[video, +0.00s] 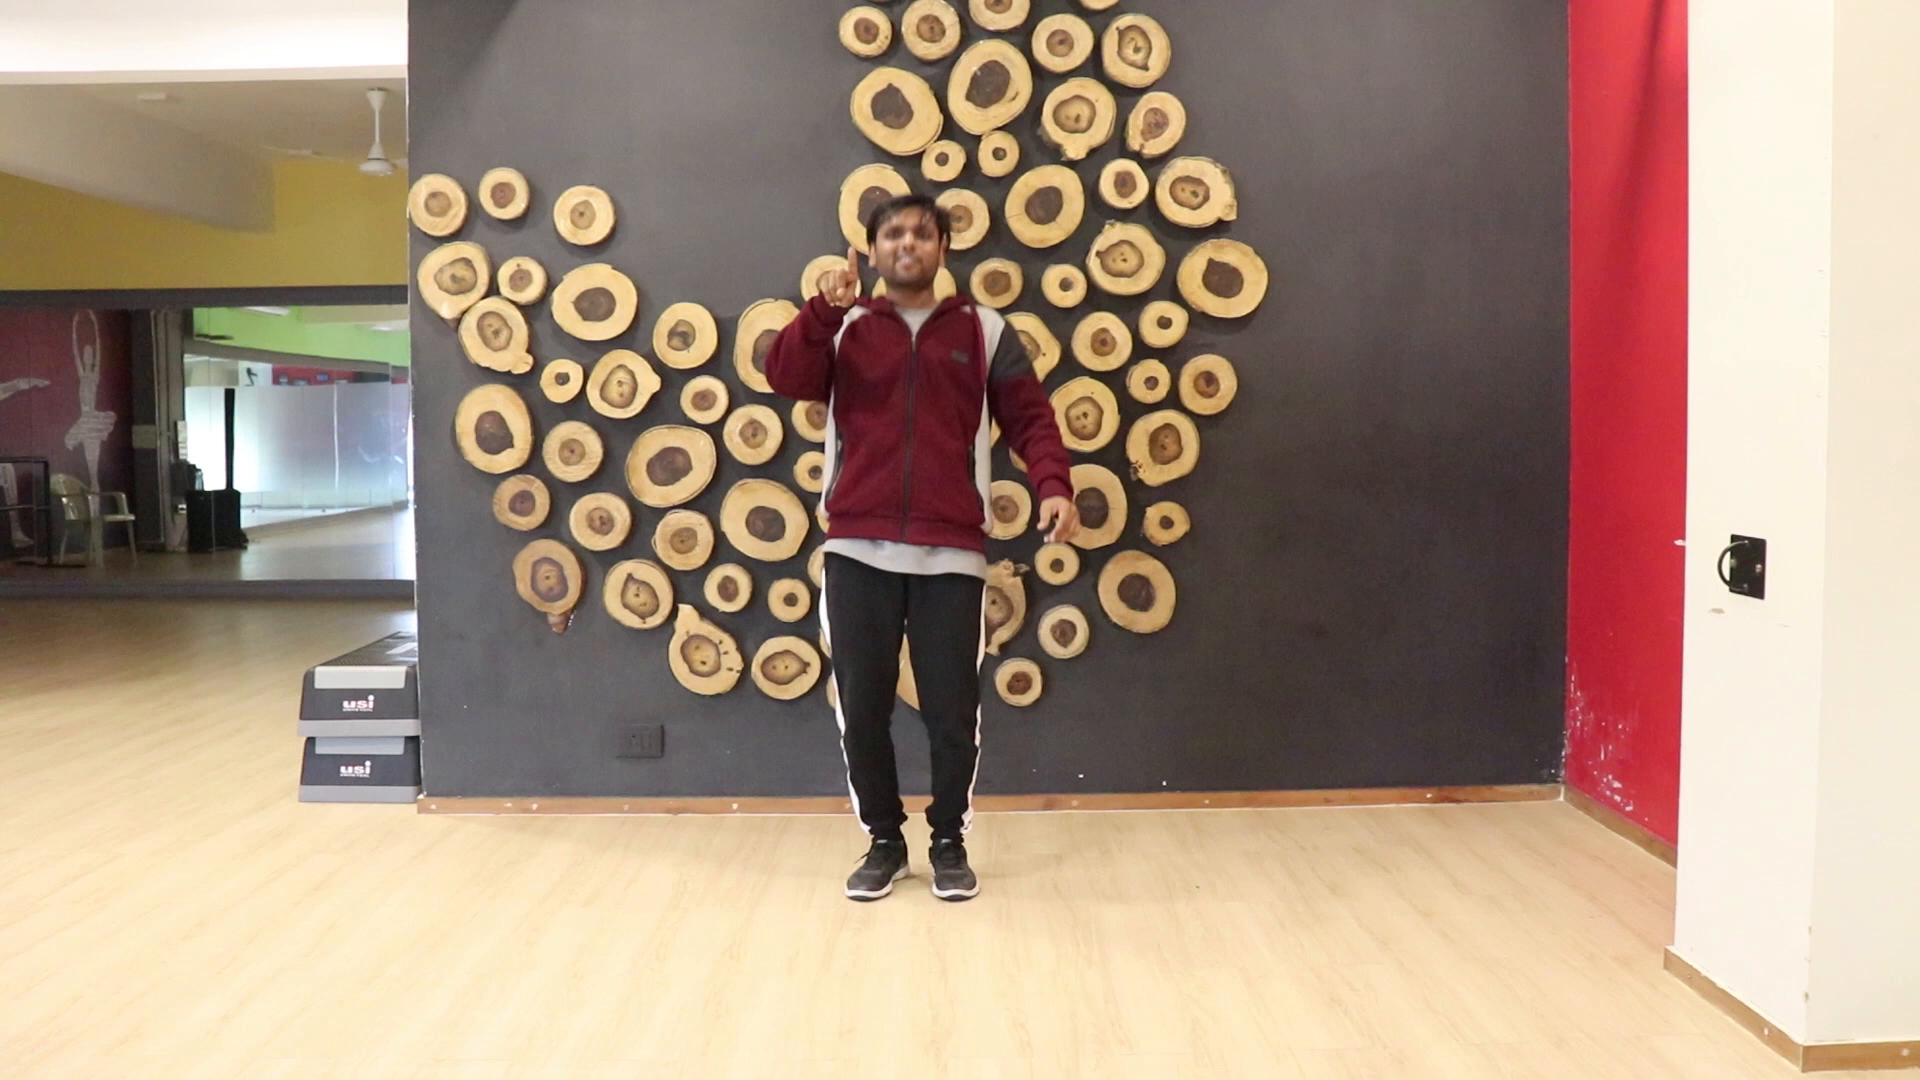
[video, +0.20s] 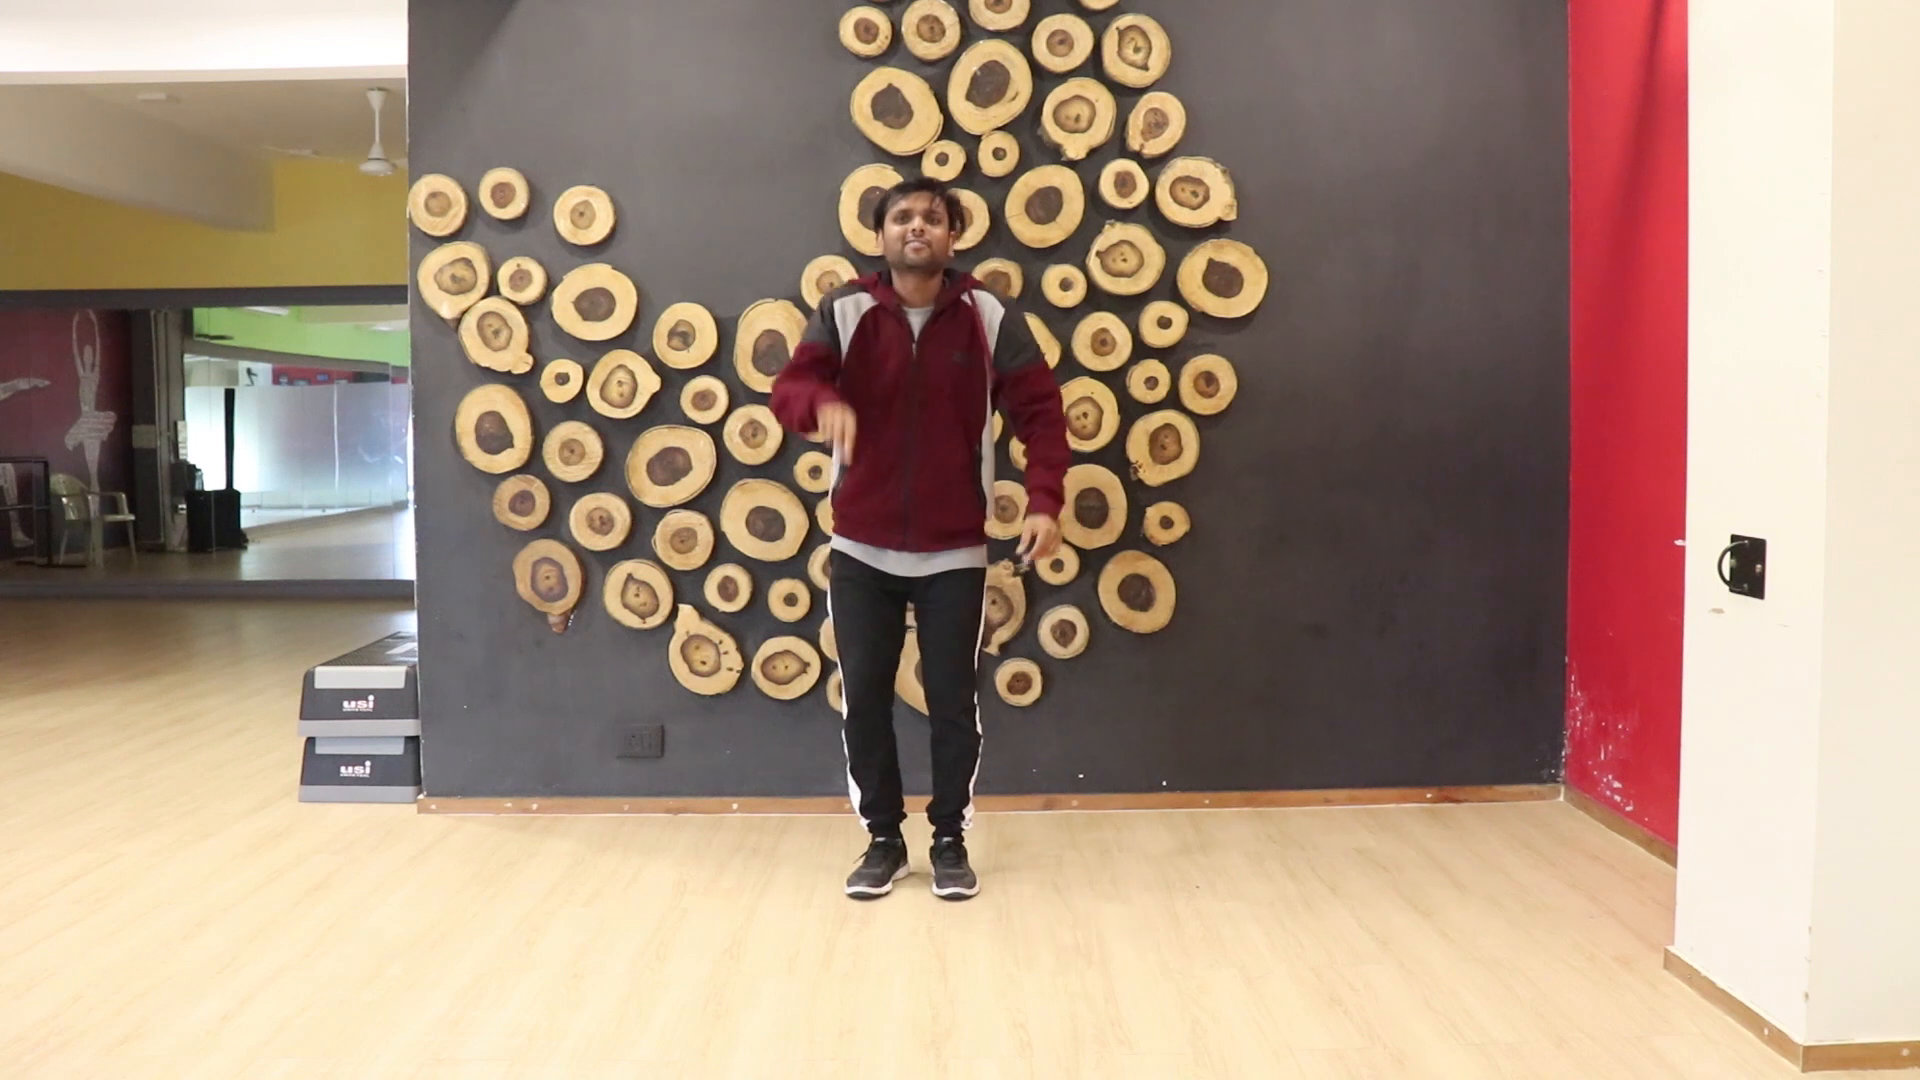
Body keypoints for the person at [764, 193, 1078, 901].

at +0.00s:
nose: (909, 244)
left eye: (921, 233)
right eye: (894, 234)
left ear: (942, 248)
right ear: (872, 252)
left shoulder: (982, 329)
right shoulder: (843, 326)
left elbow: (1029, 417)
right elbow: (787, 377)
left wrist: (1053, 487)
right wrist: (821, 309)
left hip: (949, 545)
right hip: (857, 542)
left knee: (952, 706)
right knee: (861, 706)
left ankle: (949, 843)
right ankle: (883, 843)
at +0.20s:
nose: (917, 227)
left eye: (931, 218)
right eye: (903, 217)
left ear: (952, 238)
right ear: (880, 237)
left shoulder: (988, 317)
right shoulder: (846, 313)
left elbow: (1039, 409)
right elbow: (790, 386)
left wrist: (1044, 501)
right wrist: (821, 403)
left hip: (953, 544)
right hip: (862, 542)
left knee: (951, 700)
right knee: (863, 698)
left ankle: (949, 841)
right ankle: (882, 840)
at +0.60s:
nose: (923, 243)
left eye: (936, 232)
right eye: (908, 232)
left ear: (957, 250)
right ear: (886, 251)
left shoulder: (998, 334)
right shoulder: (850, 338)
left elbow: (1026, 447)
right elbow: (828, 453)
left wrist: (1002, 540)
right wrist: (847, 553)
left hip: (954, 556)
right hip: (866, 554)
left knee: (944, 703)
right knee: (858, 704)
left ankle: (946, 843)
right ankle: (883, 842)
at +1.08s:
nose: (951, 277)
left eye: (960, 264)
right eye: (934, 266)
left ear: (972, 271)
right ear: (903, 275)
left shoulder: (1008, 341)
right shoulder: (876, 365)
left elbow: (1043, 418)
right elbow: (837, 473)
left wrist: (1042, 452)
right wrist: (884, 467)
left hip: (996, 548)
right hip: (923, 549)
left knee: (1007, 696)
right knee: (995, 672)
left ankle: (963, 835)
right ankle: (947, 817)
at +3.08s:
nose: (978, 232)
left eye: (993, 220)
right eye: (964, 220)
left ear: (1013, 236)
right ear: (939, 234)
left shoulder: (1039, 324)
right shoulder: (896, 318)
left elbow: (1072, 435)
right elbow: (861, 421)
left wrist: (1082, 533)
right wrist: (848, 520)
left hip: (1033, 554)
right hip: (941, 553)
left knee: (1032, 715)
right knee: (938, 714)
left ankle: (1002, 856)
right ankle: (939, 850)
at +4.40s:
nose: (949, 230)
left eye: (965, 218)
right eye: (933, 217)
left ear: (987, 237)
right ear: (908, 237)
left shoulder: (1027, 329)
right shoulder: (867, 325)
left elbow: (1081, 434)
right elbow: (815, 435)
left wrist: (1034, 492)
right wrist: (869, 441)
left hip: (997, 576)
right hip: (896, 575)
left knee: (1009, 737)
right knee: (911, 730)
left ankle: (1019, 913)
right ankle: (936, 847)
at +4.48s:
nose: (955, 227)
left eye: (971, 214)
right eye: (939, 214)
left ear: (993, 233)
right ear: (913, 232)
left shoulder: (1021, 316)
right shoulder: (884, 310)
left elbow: (1019, 419)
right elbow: (871, 404)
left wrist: (915, 367)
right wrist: (982, 337)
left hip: (1006, 567)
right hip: (908, 568)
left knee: (1018, 747)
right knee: (913, 742)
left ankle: (1023, 929)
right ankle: (939, 836)